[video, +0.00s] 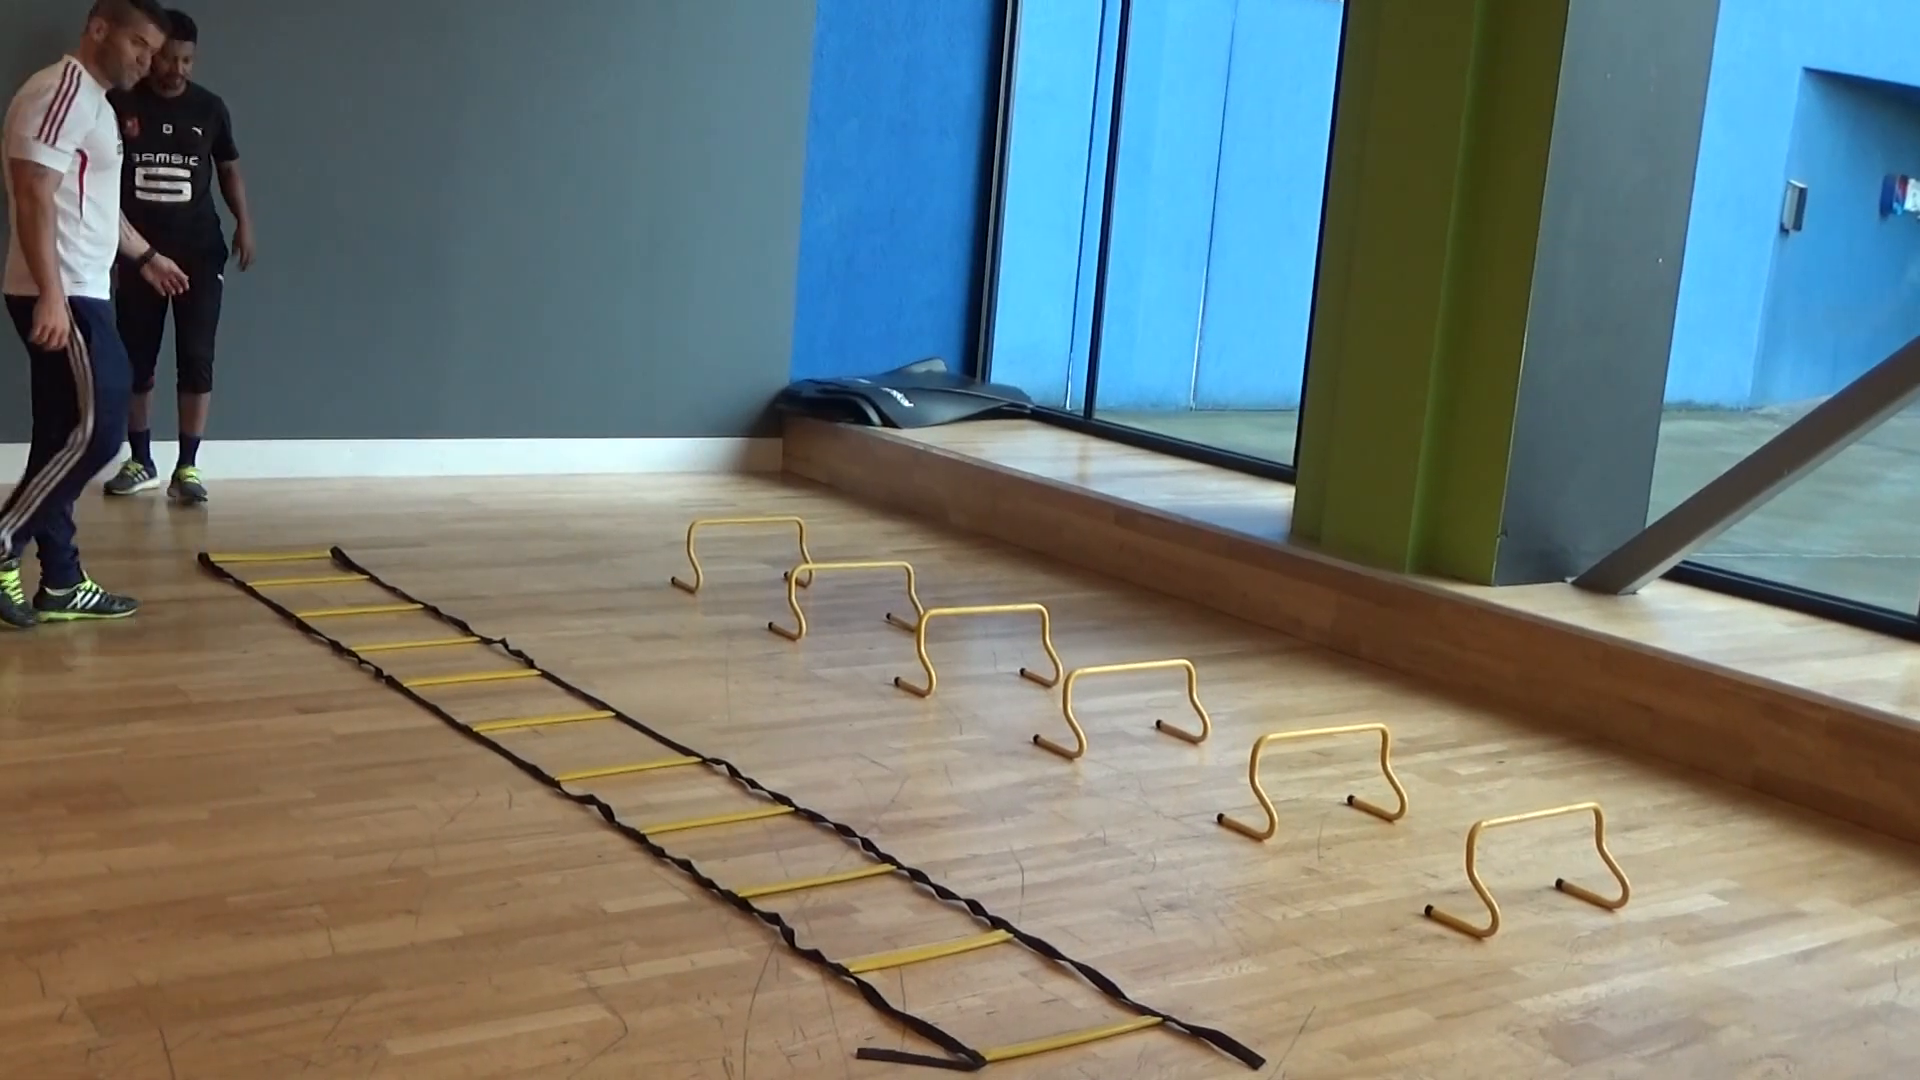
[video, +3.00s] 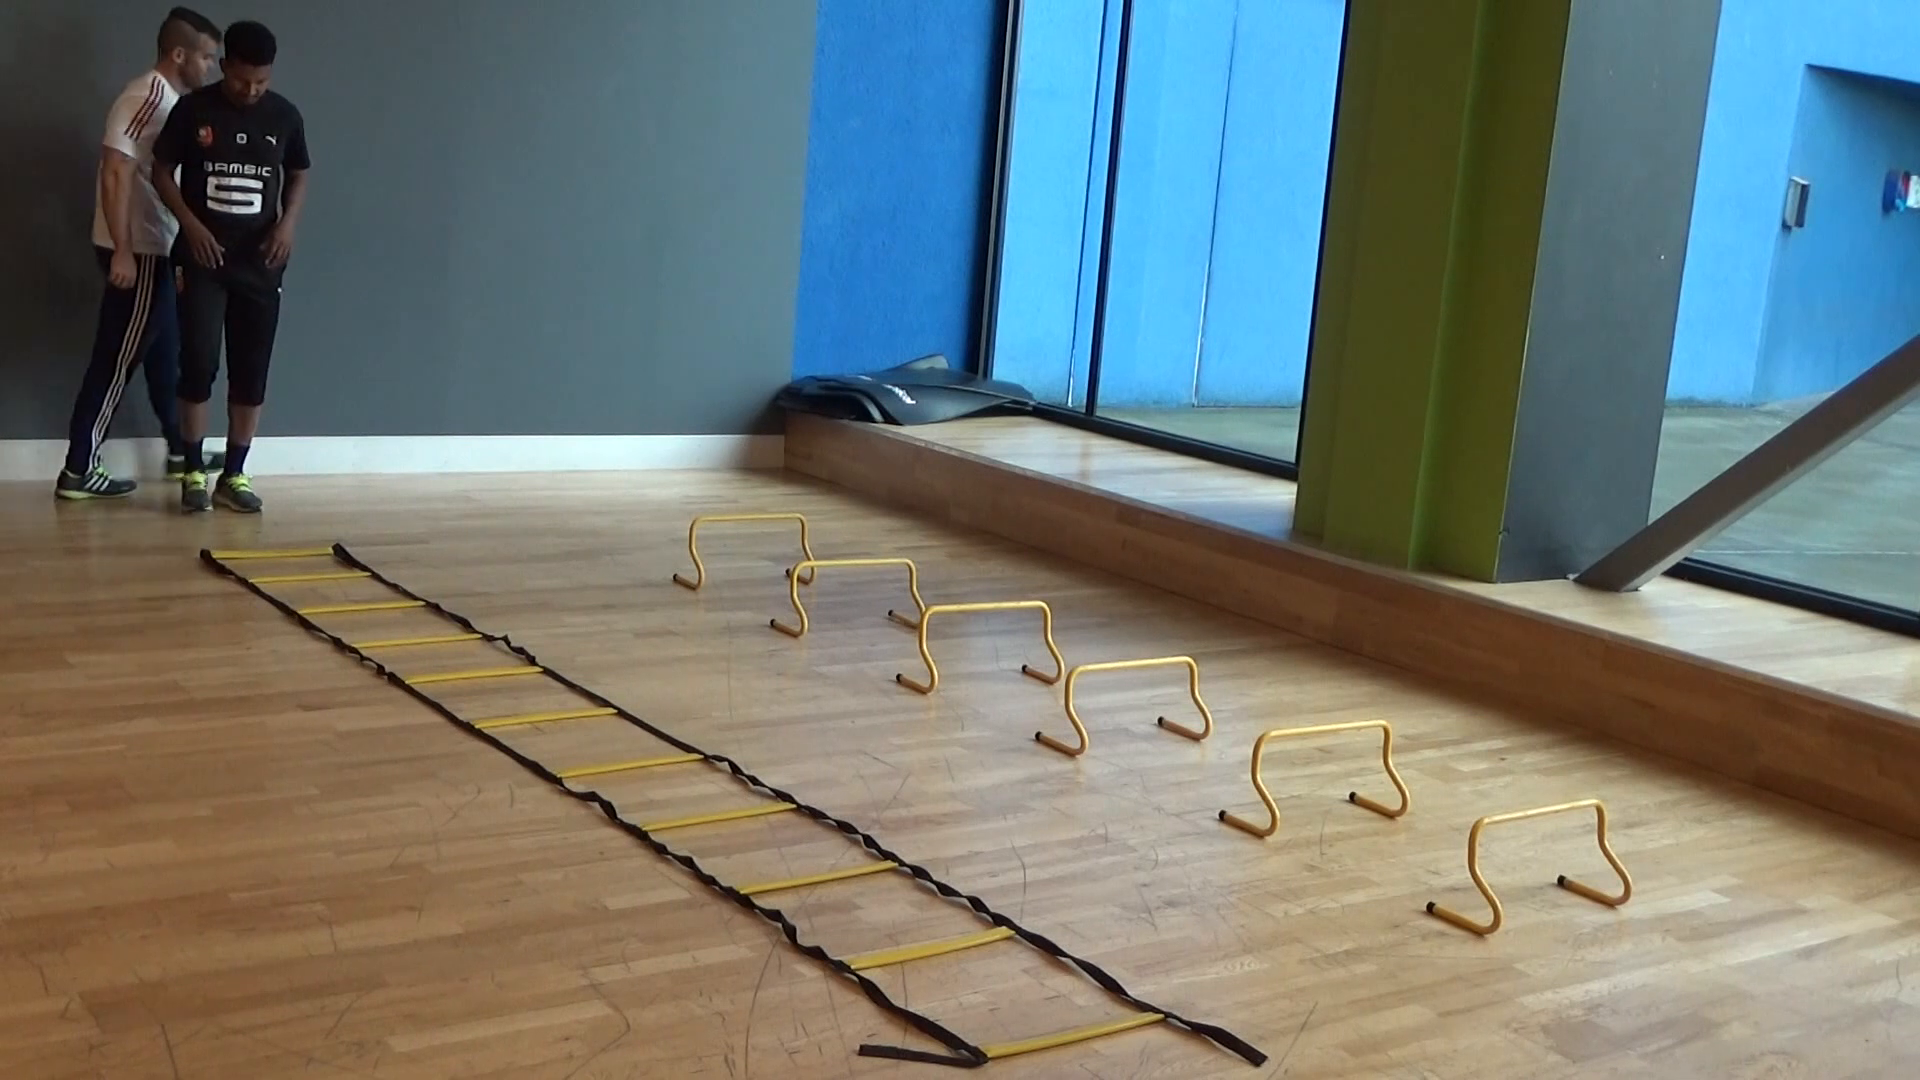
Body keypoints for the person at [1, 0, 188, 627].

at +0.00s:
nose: (145, 60)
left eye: (152, 52)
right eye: (139, 45)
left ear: (141, 54)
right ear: (98, 29)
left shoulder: (90, 101)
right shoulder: (62, 90)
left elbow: (92, 201)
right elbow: (32, 190)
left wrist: (145, 257)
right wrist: (50, 292)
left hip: (75, 290)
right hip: (60, 293)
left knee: (62, 431)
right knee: (99, 430)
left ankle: (61, 581)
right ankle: (4, 544)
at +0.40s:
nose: (103, 74)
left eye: (110, 64)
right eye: (98, 59)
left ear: (64, 42)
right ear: (57, 37)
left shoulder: (54, 99)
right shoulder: (16, 97)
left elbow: (33, 193)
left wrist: (60, 261)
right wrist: (8, 296)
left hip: (29, 294)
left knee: (41, 429)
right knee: (11, 438)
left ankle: (36, 567)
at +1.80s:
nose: (88, 85)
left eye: (94, 77)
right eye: (90, 73)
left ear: (58, 48)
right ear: (63, 51)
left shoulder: (7, 69)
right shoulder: (45, 100)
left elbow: (49, 191)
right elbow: (54, 198)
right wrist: (97, 263)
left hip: (6, 264)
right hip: (22, 269)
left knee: (12, 395)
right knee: (15, 396)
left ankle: (2, 520)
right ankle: (0, 522)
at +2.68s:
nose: (149, 60)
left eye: (150, 50)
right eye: (148, 50)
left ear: (102, 44)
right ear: (129, 49)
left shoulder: (58, 84)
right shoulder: (105, 100)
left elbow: (59, 176)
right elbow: (91, 182)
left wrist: (116, 234)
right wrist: (111, 258)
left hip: (46, 251)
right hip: (93, 255)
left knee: (47, 353)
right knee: (107, 364)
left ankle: (1, 453)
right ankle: (81, 471)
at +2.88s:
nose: (188, 58)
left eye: (188, 49)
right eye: (182, 48)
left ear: (152, 48)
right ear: (157, 47)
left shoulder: (126, 87)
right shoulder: (130, 91)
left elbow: (127, 178)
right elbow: (105, 172)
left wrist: (147, 238)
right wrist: (121, 249)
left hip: (113, 243)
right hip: (111, 245)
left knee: (135, 341)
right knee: (117, 351)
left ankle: (88, 450)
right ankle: (79, 470)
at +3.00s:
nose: (212, 68)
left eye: (213, 59)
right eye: (208, 57)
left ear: (180, 55)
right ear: (179, 53)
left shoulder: (173, 98)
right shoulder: (150, 92)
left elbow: (164, 179)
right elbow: (114, 166)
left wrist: (175, 254)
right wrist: (121, 249)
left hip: (156, 248)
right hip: (135, 249)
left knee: (166, 354)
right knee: (118, 358)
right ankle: (79, 470)